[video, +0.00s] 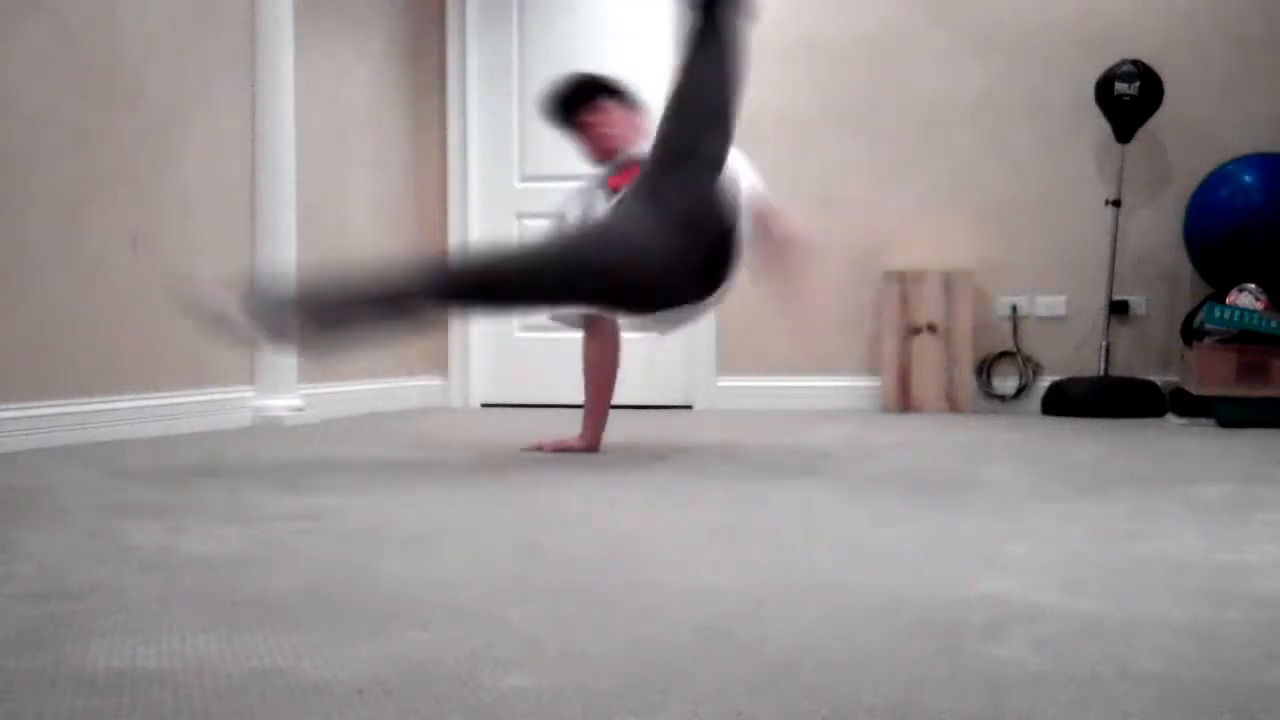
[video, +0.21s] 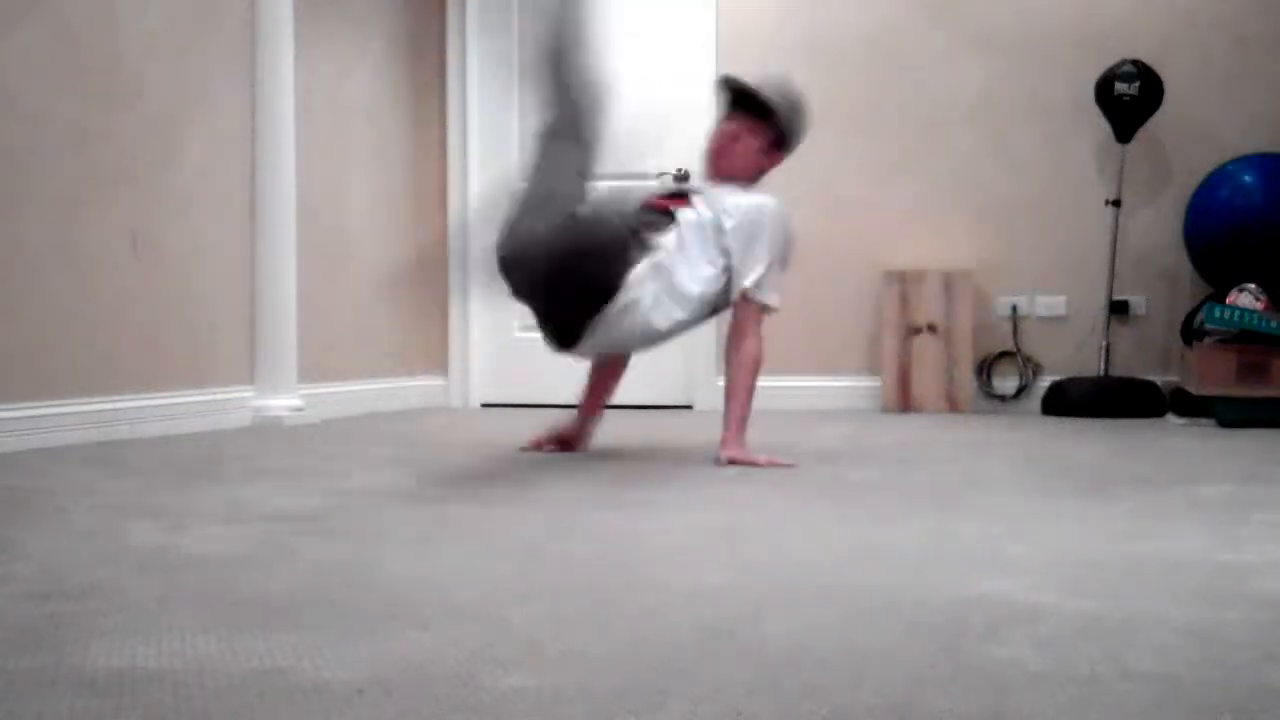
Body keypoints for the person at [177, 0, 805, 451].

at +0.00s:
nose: (597, 129)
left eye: (603, 115)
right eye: (585, 126)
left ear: (632, 111)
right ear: (580, 138)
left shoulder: (690, 159)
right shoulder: (591, 219)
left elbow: (771, 221)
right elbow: (600, 334)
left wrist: (798, 288)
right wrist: (589, 438)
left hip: (695, 240)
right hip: (624, 275)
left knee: (711, 63)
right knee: (459, 280)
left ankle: (716, 4)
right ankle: (299, 317)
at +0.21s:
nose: (726, 137)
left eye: (745, 133)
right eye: (726, 124)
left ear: (772, 157)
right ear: (716, 129)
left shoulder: (759, 212)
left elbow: (745, 336)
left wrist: (734, 441)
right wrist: (581, 428)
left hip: (592, 314)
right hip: (534, 272)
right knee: (572, 126)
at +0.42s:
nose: (739, 128)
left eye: (752, 120)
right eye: (739, 115)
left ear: (794, 128)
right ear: (742, 114)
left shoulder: (772, 220)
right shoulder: (761, 153)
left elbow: (748, 332)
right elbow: (699, 164)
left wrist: (733, 442)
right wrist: (636, 117)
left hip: (627, 297)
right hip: (638, 210)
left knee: (515, 391)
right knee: (570, 70)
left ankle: (432, 407)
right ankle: (491, 7)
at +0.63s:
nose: (616, 199)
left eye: (627, 184)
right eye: (609, 184)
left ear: (669, 165)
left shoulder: (728, 188)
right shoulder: (620, 165)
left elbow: (733, 328)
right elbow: (613, 259)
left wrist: (731, 441)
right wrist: (606, 365)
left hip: (800, 190)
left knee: (785, 292)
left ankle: (786, 388)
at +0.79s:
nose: (557, 247)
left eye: (559, 228)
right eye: (543, 239)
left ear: (589, 195)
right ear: (536, 231)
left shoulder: (661, 190)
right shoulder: (573, 251)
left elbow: (709, 324)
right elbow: (620, 331)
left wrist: (733, 440)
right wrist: (635, 438)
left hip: (767, 159)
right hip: (727, 222)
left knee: (891, 170)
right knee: (753, 372)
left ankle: (1015, 185)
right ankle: (861, 383)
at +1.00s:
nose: (543, 120)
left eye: (539, 101)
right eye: (527, 122)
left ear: (563, 85)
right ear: (527, 139)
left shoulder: (634, 104)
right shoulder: (573, 232)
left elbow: (764, 134)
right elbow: (627, 328)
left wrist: (707, 115)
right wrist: (638, 441)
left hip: (803, 230)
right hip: (776, 308)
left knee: (802, 45)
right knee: (722, 395)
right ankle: (857, 463)